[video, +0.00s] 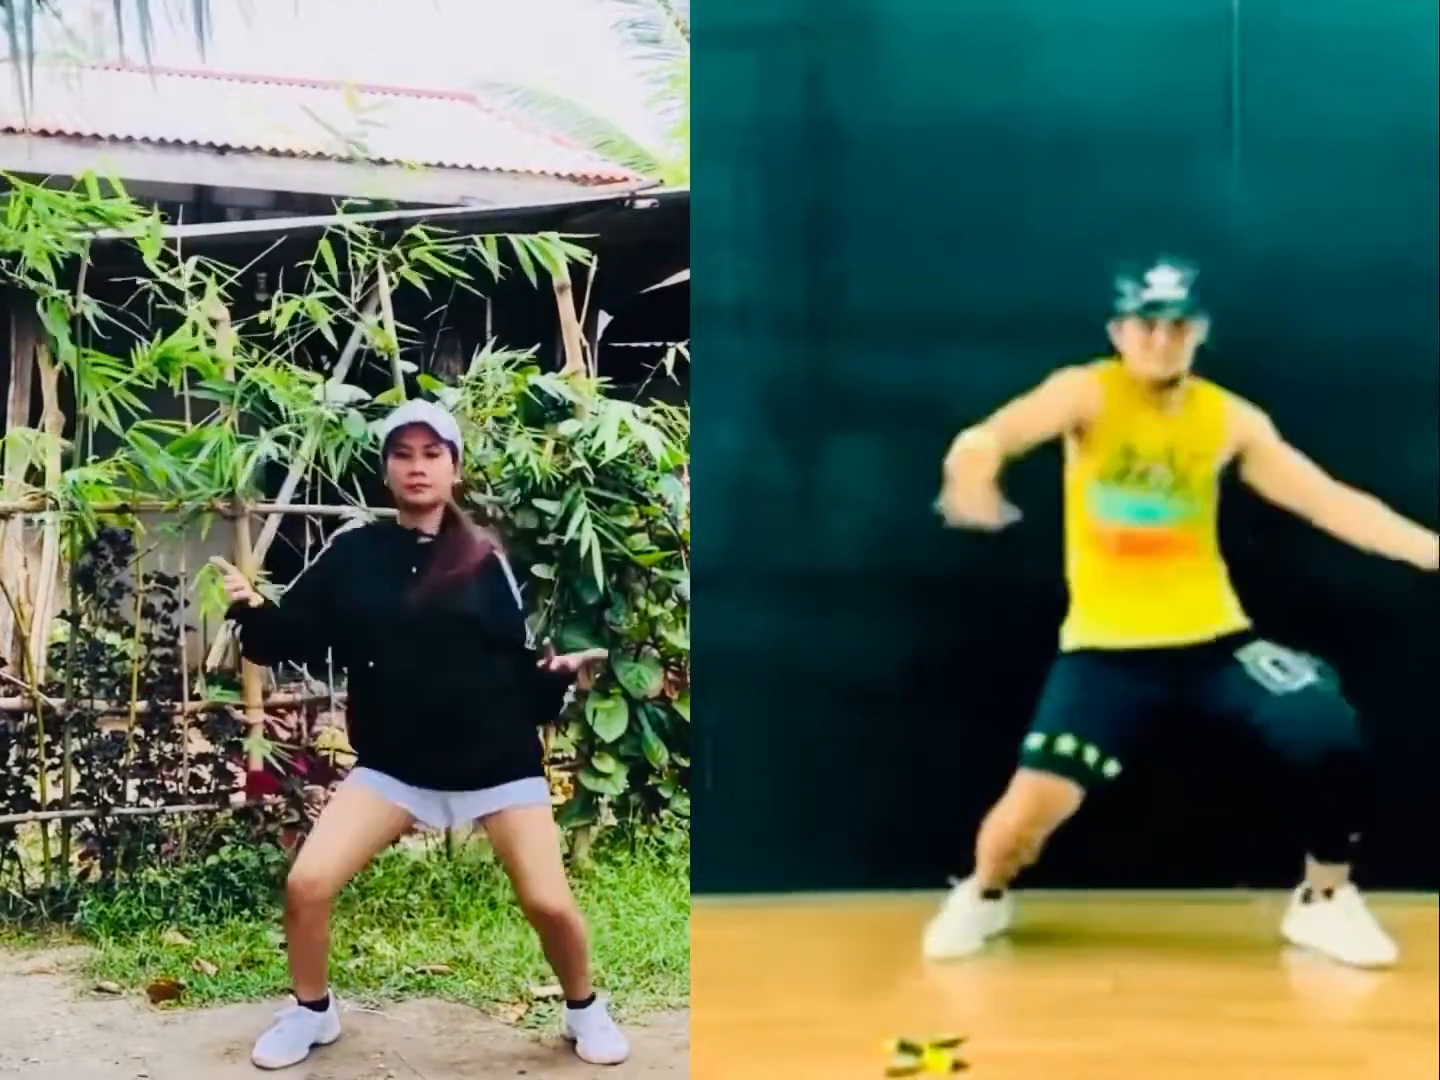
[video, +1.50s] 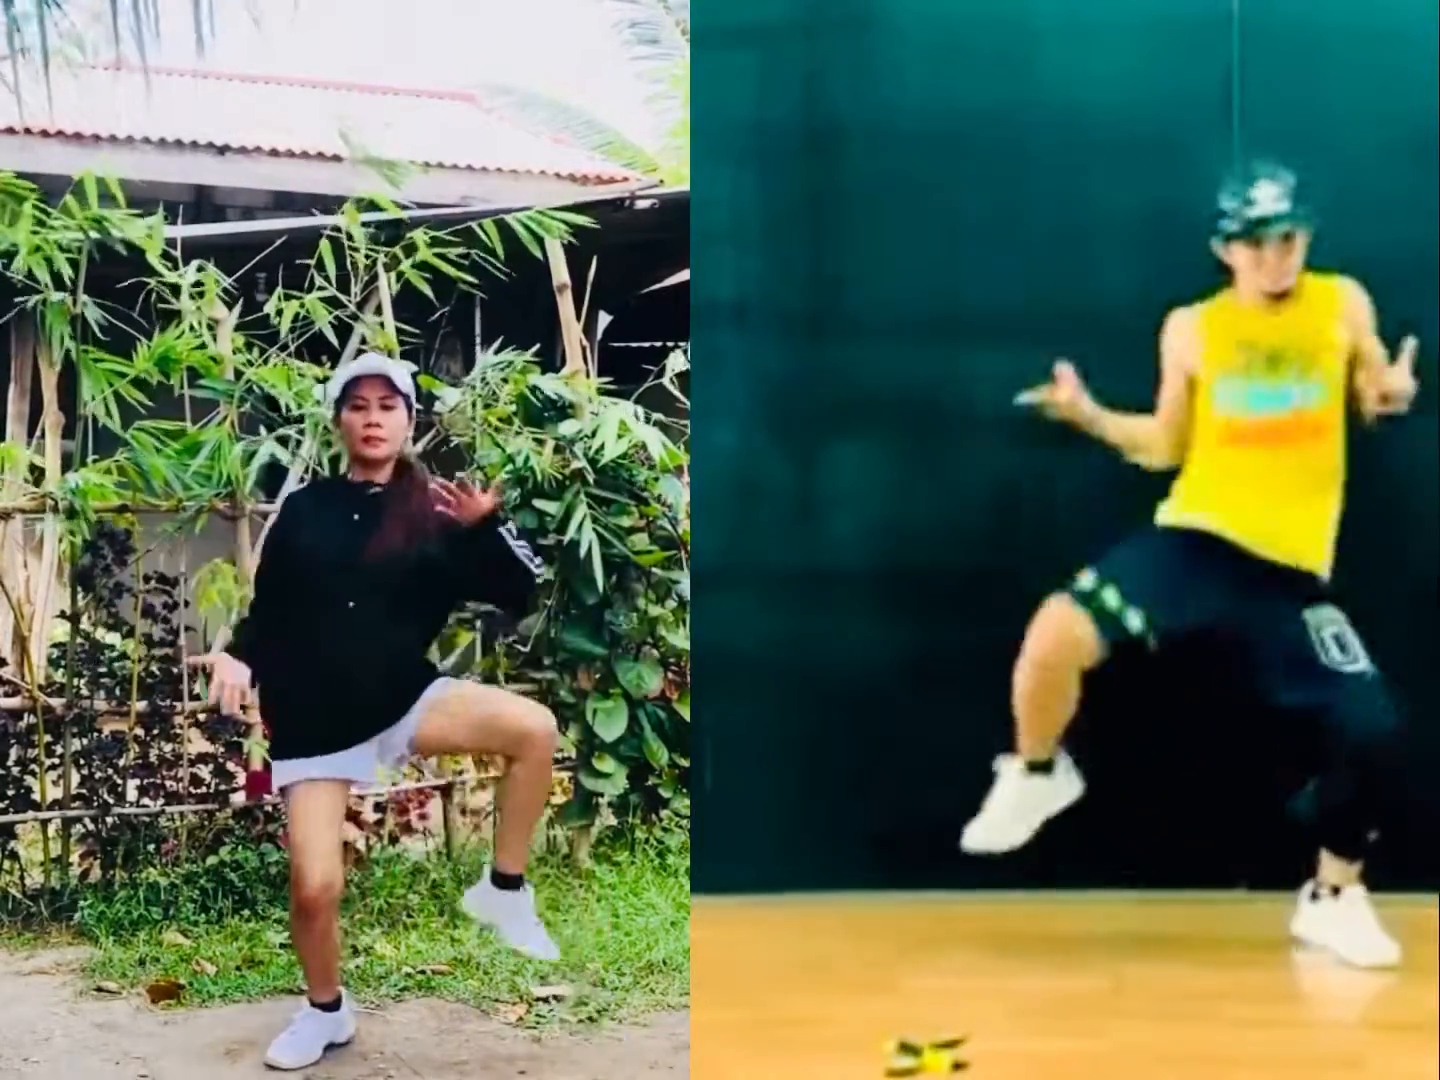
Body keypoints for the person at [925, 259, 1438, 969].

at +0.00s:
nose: (1161, 340)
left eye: (1177, 325)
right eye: (1146, 323)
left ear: (1199, 333)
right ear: (1117, 330)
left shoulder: (1230, 421)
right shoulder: (1083, 393)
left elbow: (1330, 503)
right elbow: (983, 442)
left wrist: (1430, 550)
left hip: (1215, 641)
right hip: (1104, 648)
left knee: (1328, 730)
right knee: (1032, 808)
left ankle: (1325, 900)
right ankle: (981, 898)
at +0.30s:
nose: (1124, 266)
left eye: (1128, 250)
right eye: (1109, 250)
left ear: (1126, 250)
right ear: (1059, 251)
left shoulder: (1130, 328)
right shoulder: (993, 312)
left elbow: (1157, 445)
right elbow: (920, 403)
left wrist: (1254, 406)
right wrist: (931, 367)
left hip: (1137, 565)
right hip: (1035, 590)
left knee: (1282, 623)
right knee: (1003, 777)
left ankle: (1277, 810)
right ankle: (972, 894)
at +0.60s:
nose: (1110, 228)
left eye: (1125, 213)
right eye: (1096, 208)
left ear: (1140, 219)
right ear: (1061, 208)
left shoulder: (1144, 285)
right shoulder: (1005, 280)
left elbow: (1137, 380)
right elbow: (965, 372)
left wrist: (1196, 353)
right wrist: (931, 357)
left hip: (1139, 522)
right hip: (1039, 548)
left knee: (1289, 554)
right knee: (1013, 738)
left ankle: (1285, 740)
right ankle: (968, 890)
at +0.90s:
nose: (1166, 312)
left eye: (1183, 295)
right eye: (1150, 294)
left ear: (1207, 302)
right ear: (1124, 299)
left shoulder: (1235, 377)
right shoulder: (1088, 365)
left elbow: (1319, 455)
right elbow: (998, 422)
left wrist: (1417, 488)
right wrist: (935, 440)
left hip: (1221, 620)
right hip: (1107, 627)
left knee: (1329, 734)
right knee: (1029, 782)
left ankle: (1331, 899)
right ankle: (1016, 894)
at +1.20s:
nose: (1257, 235)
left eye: (1270, 218)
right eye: (1240, 219)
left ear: (1291, 223)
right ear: (1211, 228)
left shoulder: (1323, 308)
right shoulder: (1183, 303)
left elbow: (1378, 409)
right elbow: (1139, 414)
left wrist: (1434, 382)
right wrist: (1114, 353)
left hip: (1290, 553)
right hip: (1183, 535)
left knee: (1351, 735)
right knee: (1079, 616)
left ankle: (1331, 896)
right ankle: (1033, 751)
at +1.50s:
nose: (1276, 259)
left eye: (1288, 240)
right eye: (1258, 244)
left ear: (1307, 241)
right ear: (1226, 250)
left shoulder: (1343, 304)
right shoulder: (1191, 327)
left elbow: (1371, 396)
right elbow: (1165, 447)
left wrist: (1390, 393)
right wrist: (1090, 415)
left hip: (1290, 573)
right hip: (1189, 545)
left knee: (1369, 728)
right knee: (1053, 639)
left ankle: (1332, 893)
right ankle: (1035, 771)